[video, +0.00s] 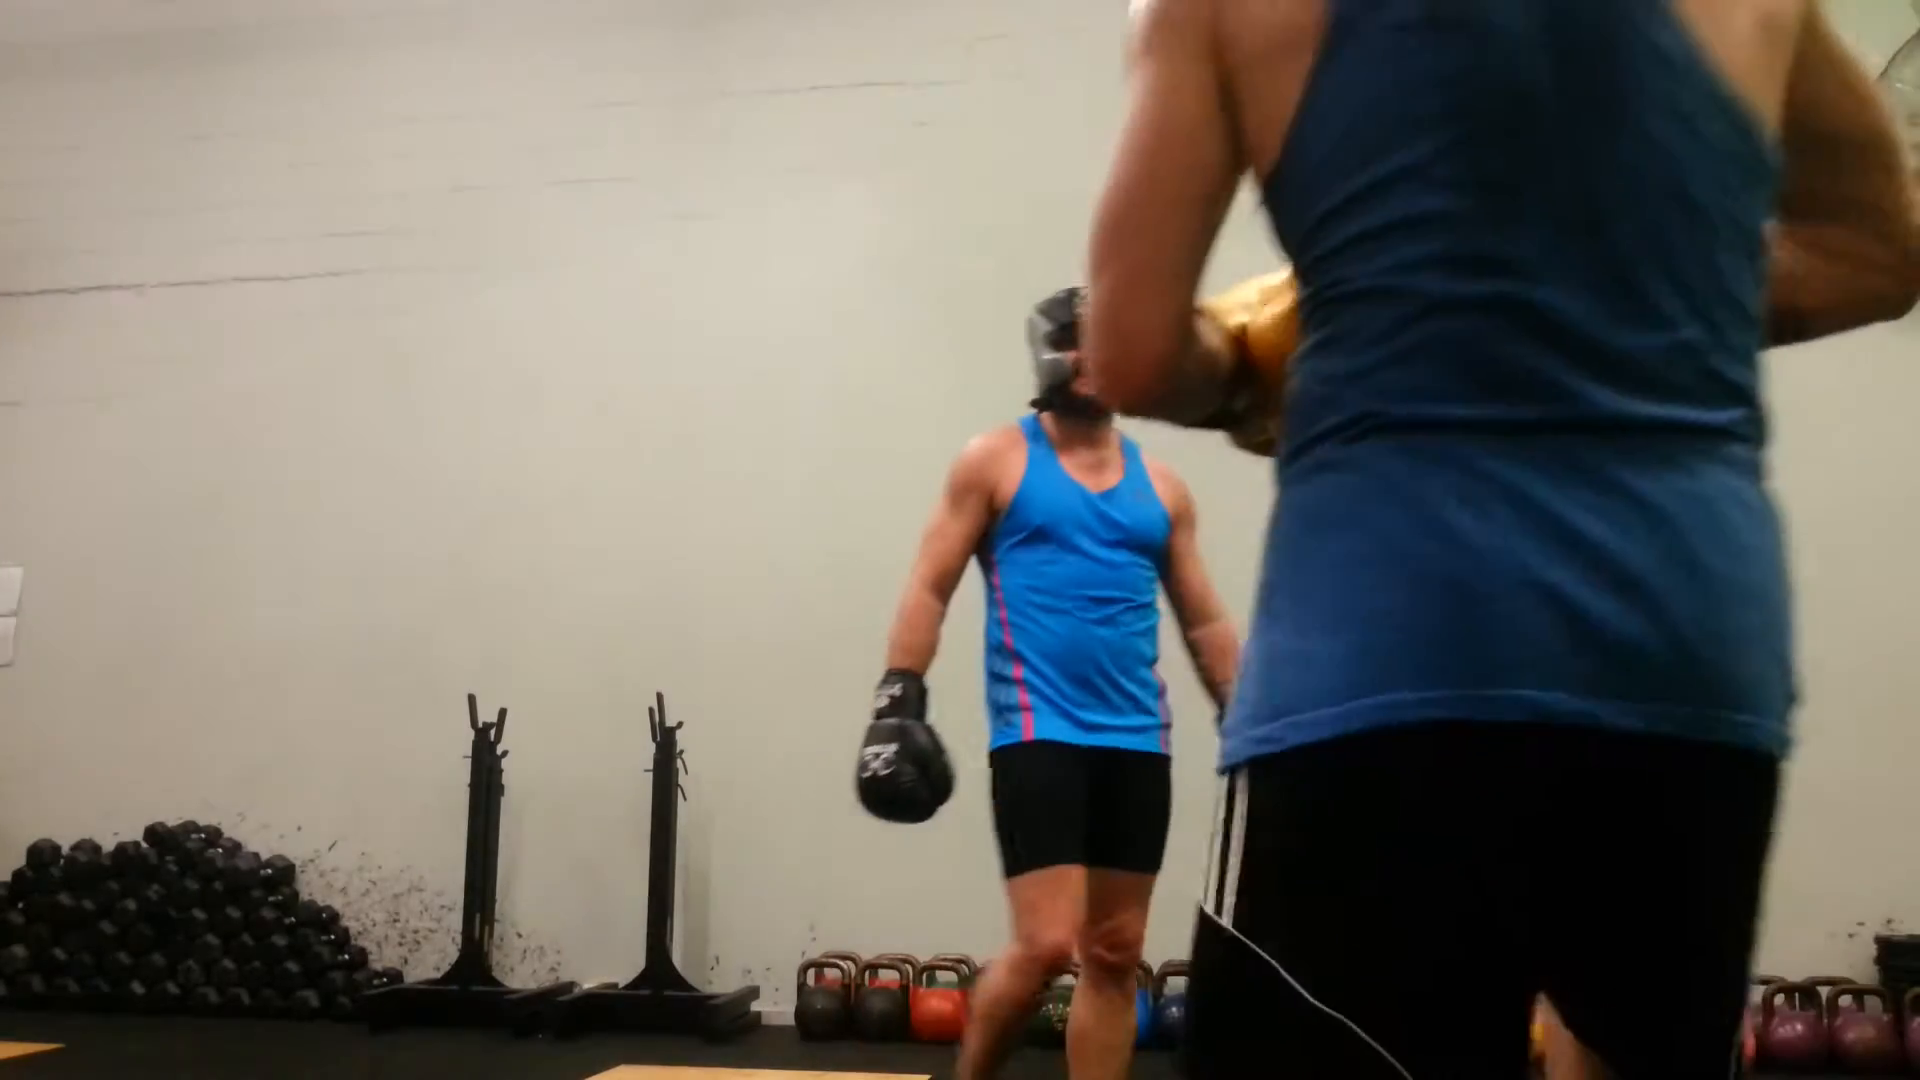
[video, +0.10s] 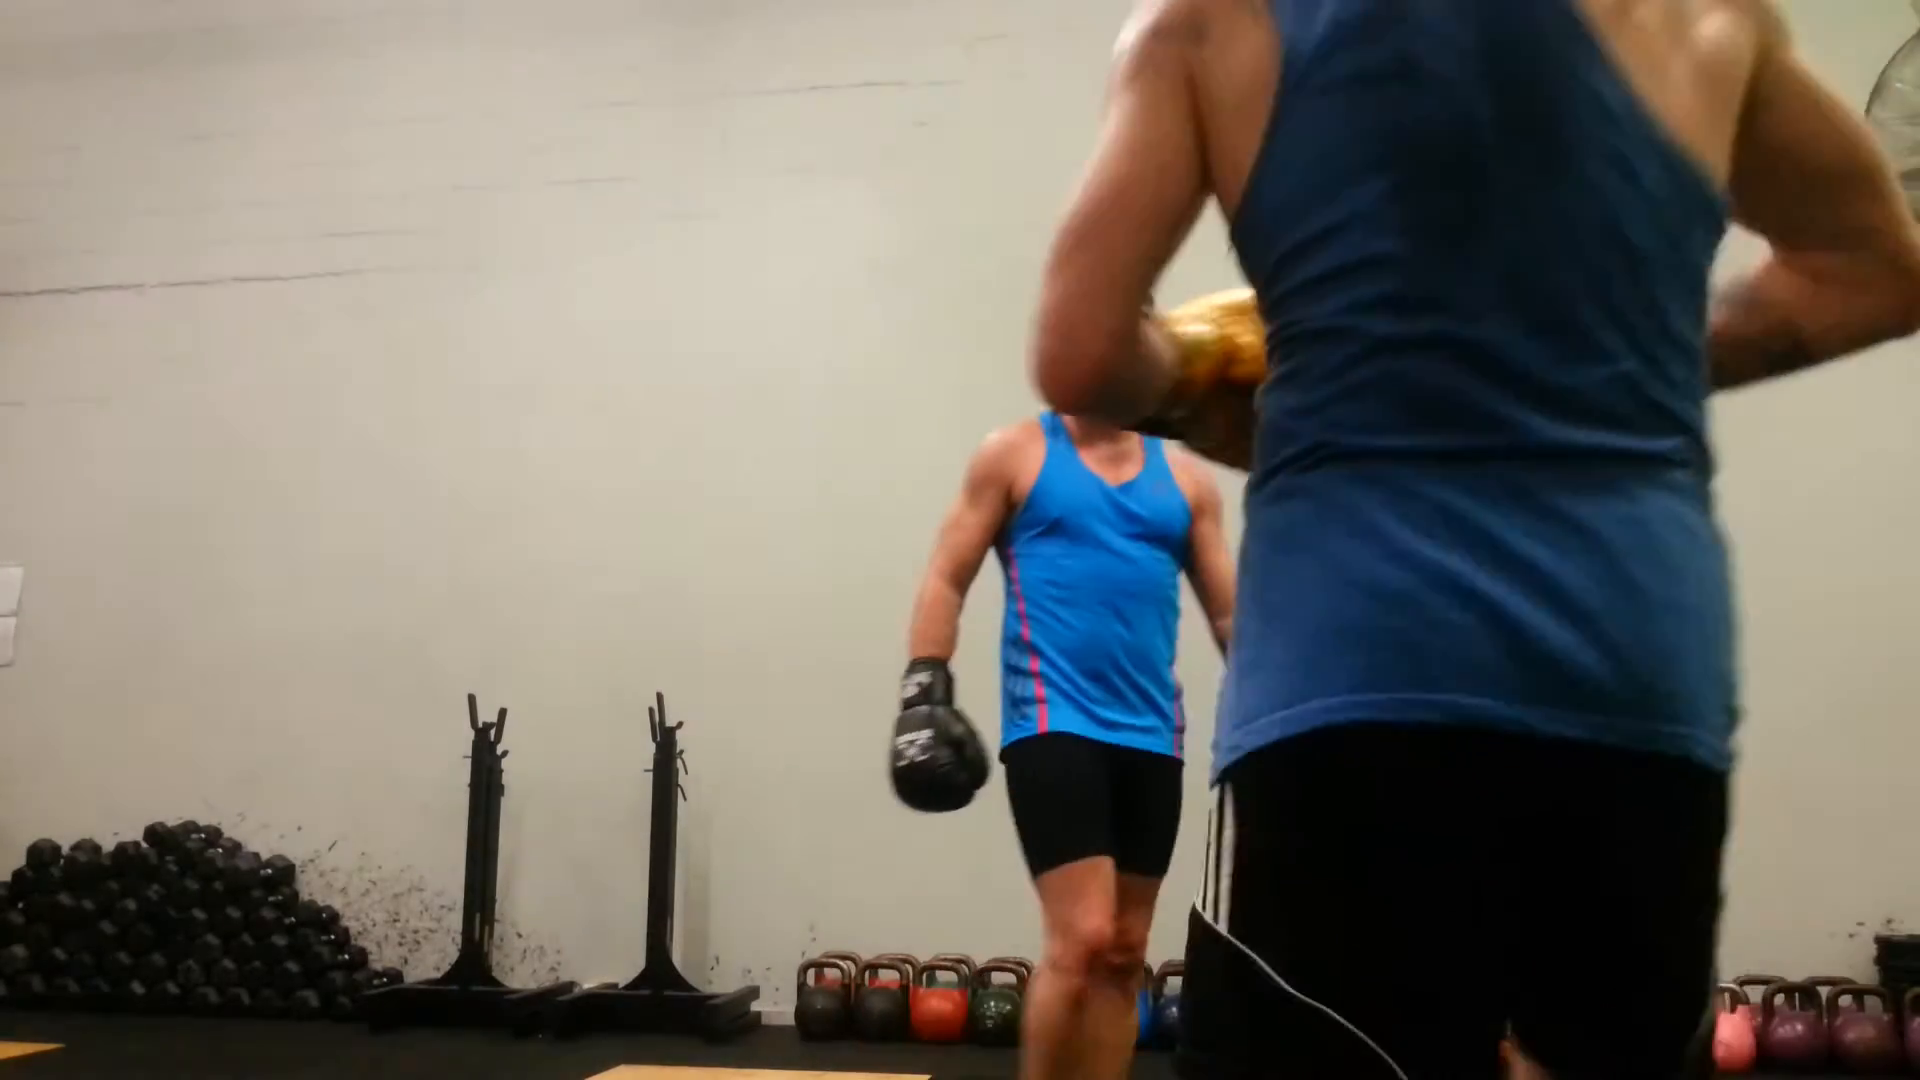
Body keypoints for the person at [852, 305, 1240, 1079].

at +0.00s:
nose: (1085, 360)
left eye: (1099, 343)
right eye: (1068, 342)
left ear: (1122, 362)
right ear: (1041, 357)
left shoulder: (1160, 486)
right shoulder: (996, 460)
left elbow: (1207, 623)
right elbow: (931, 586)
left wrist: (1253, 728)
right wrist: (897, 705)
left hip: (1136, 737)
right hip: (1035, 733)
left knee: (1117, 951)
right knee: (1046, 943)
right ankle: (969, 1073)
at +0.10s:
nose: (1099, 379)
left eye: (1115, 366)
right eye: (1087, 365)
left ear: (1138, 376)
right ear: (1061, 372)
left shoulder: (1188, 478)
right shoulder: (1016, 453)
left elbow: (1231, 617)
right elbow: (946, 578)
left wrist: (1283, 713)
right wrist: (925, 696)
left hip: (1149, 730)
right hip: (1050, 721)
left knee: (1124, 952)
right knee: (1085, 936)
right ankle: (1040, 1074)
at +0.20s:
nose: (1143, 367)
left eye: (1156, 348)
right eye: (1125, 345)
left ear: (1174, 357)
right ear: (1095, 357)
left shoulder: (1199, 474)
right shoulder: (1038, 448)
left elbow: (1256, 600)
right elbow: (966, 574)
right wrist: (952, 692)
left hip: (1166, 735)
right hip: (1067, 725)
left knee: (1133, 957)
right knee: (1113, 949)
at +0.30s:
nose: (1152, 357)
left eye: (1167, 338)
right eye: (1134, 337)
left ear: (1188, 349)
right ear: (1103, 350)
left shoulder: (1218, 461)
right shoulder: (1058, 448)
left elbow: (1261, 596)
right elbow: (984, 578)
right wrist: (974, 699)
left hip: (1194, 732)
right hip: (1092, 728)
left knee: (1139, 959)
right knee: (1151, 952)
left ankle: (1097, 1072)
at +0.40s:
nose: (1189, 368)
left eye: (1201, 347)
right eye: (1168, 349)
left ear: (1222, 354)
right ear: (1133, 359)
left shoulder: (1240, 462)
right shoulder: (1075, 451)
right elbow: (1003, 582)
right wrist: (988, 706)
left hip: (1231, 736)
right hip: (1123, 737)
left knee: (1154, 965)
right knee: (1170, 957)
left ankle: (1110, 1068)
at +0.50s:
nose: (1201, 356)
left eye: (1213, 338)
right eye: (1184, 338)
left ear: (1230, 348)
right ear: (1147, 353)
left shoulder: (1250, 454)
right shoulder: (1097, 448)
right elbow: (1030, 584)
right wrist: (1001, 717)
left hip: (1254, 728)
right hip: (1148, 735)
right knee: (1180, 956)